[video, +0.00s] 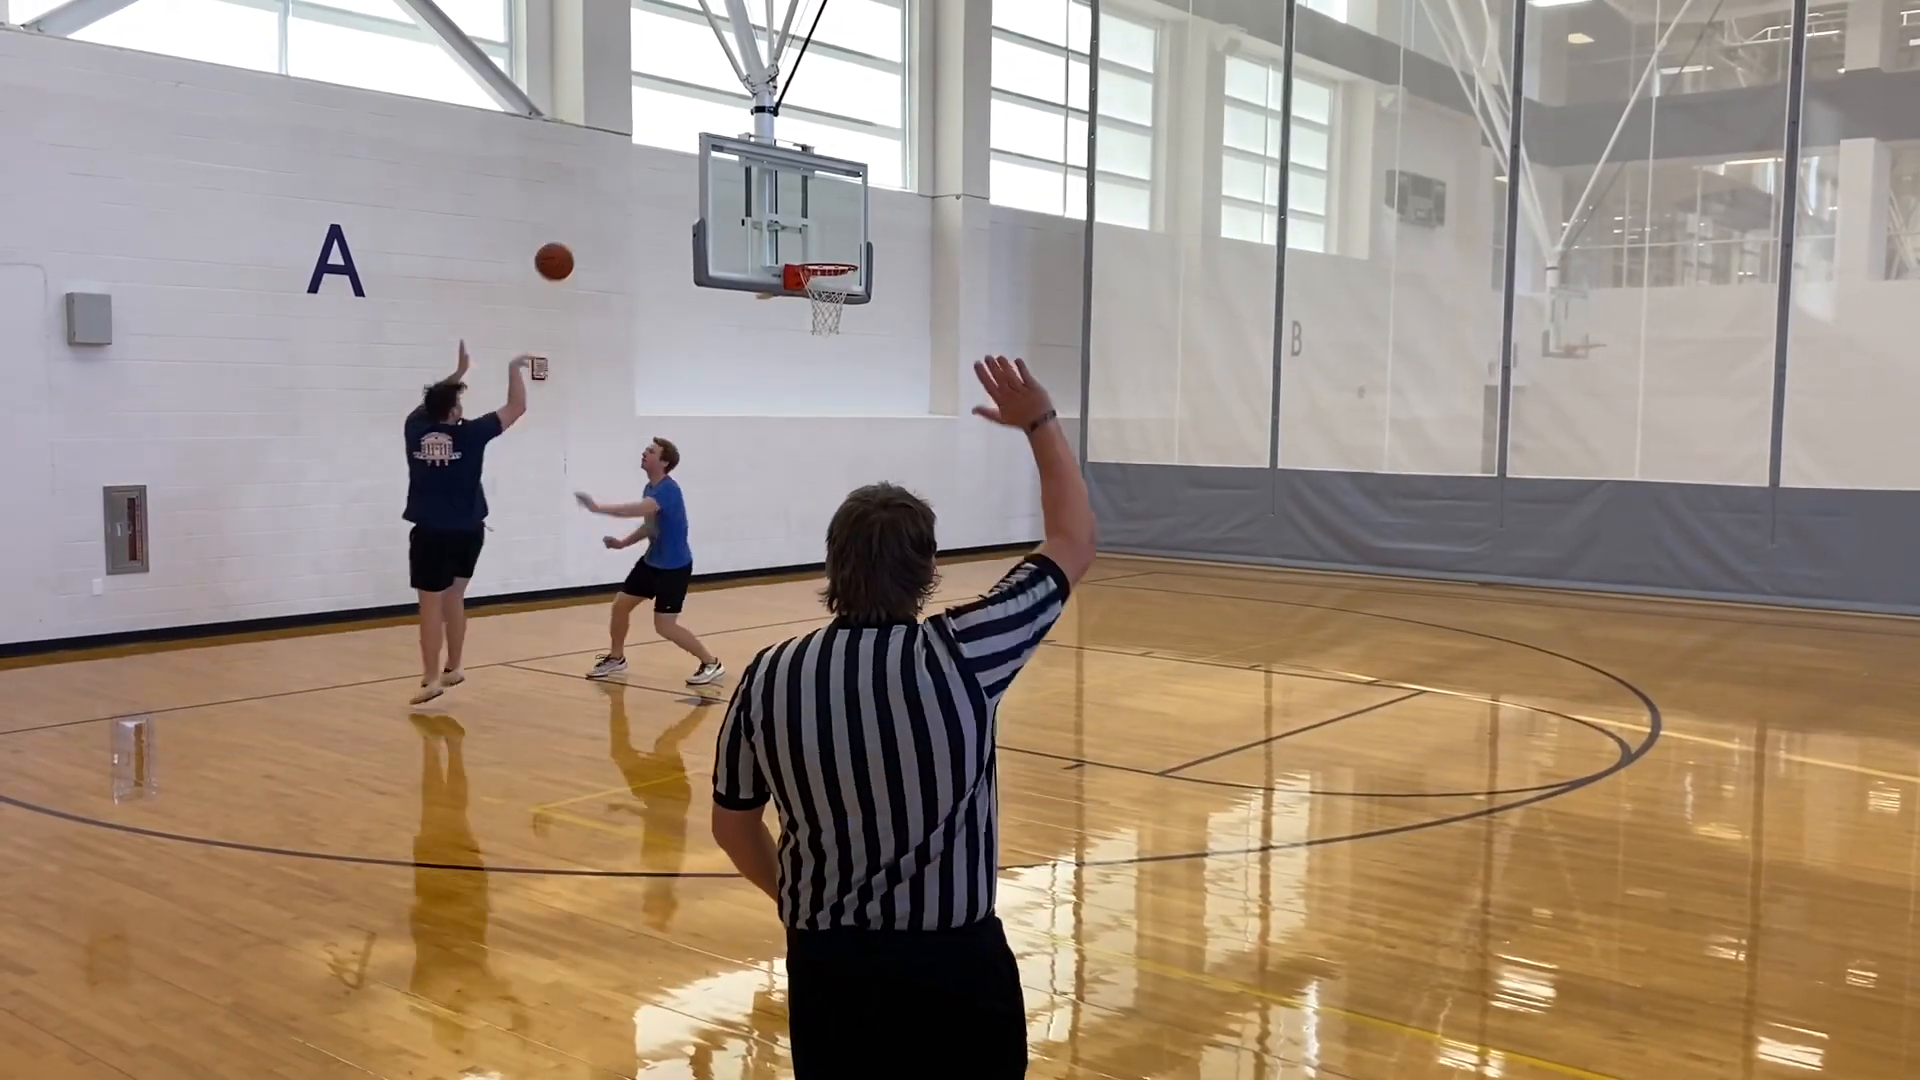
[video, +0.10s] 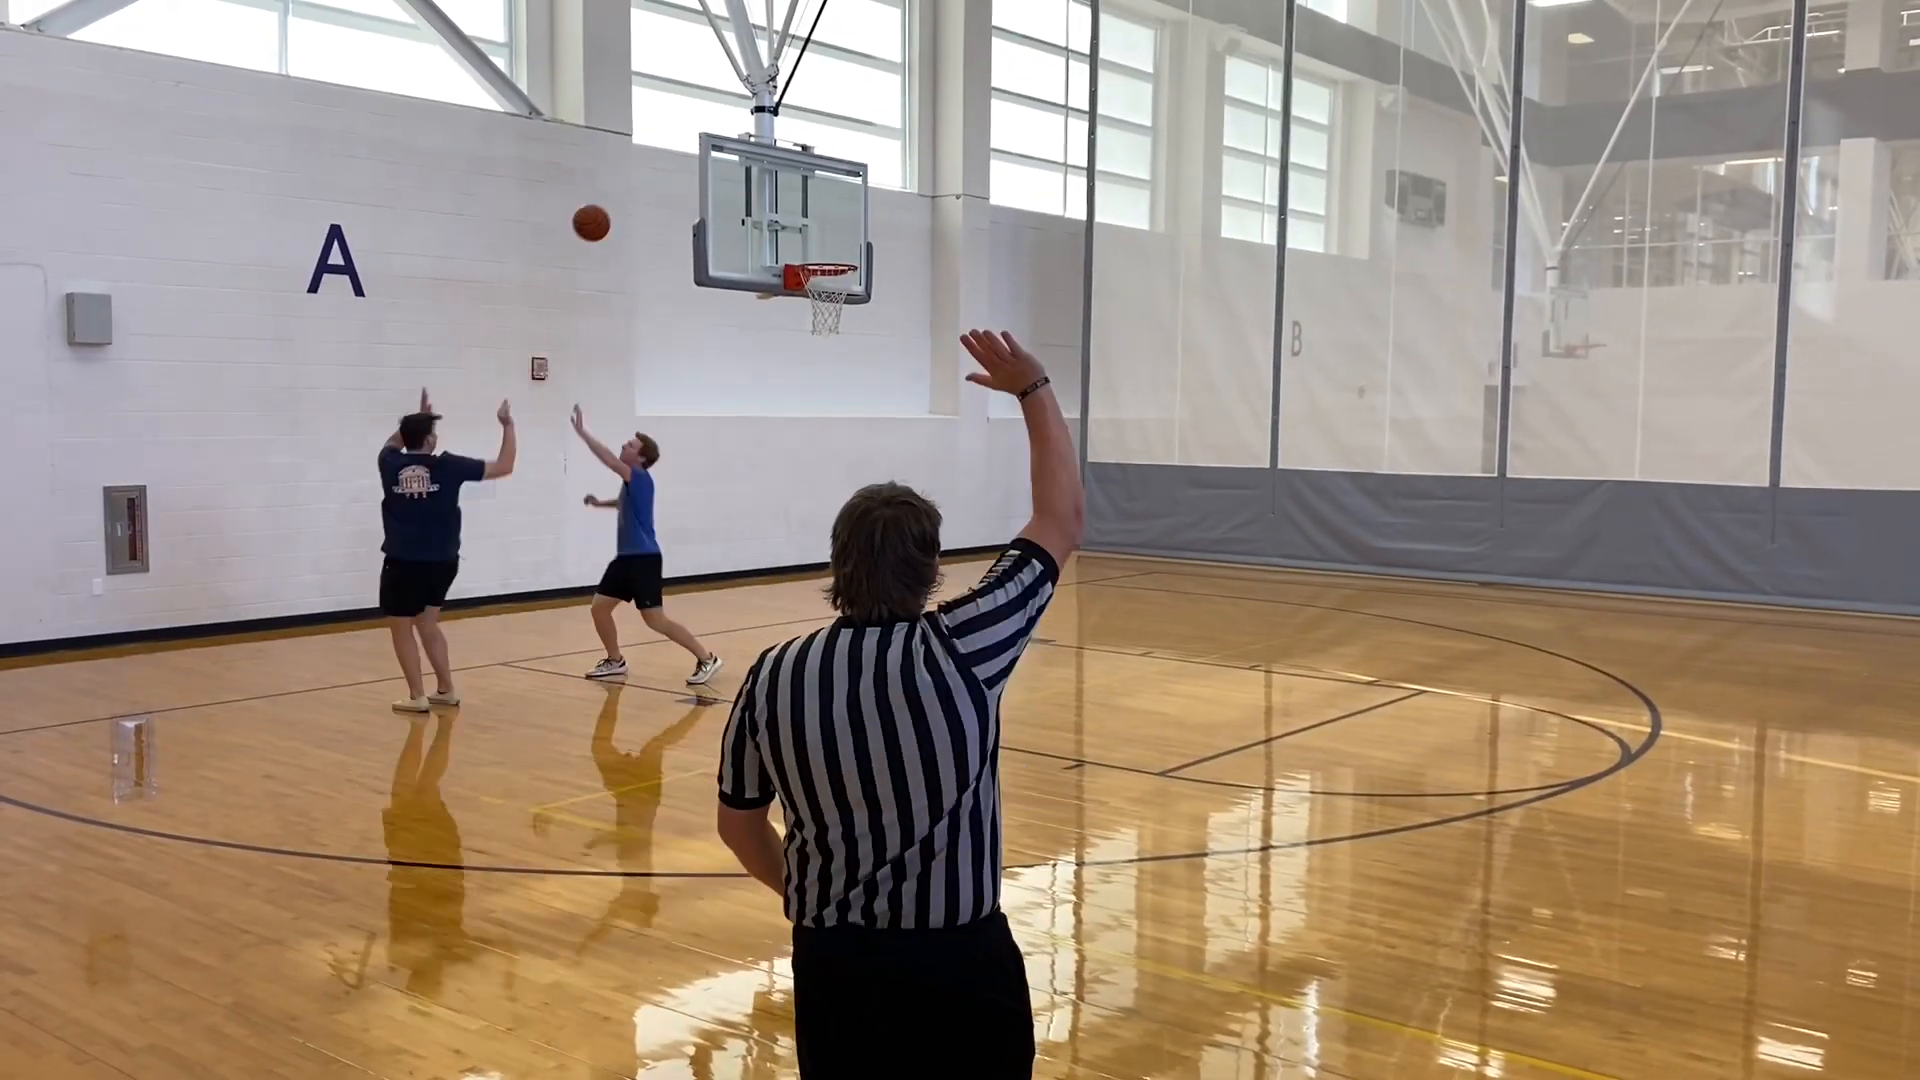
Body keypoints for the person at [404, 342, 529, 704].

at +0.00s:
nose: (463, 406)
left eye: (460, 403)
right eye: (461, 403)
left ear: (430, 408)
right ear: (456, 409)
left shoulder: (415, 429)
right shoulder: (473, 432)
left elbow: (432, 401)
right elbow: (516, 407)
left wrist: (457, 374)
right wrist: (515, 367)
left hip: (428, 532)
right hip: (468, 531)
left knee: (430, 606)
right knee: (454, 597)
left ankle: (431, 680)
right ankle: (453, 668)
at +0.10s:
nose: (437, 438)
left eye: (434, 434)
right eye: (435, 435)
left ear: (404, 439)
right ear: (430, 440)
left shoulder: (390, 464)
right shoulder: (449, 465)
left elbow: (394, 442)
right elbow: (504, 467)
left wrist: (418, 421)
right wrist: (509, 425)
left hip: (402, 560)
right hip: (442, 559)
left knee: (401, 627)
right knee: (428, 622)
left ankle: (417, 697)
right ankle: (446, 690)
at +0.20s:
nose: (414, 444)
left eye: (411, 439)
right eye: (411, 440)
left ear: (382, 448)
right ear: (406, 445)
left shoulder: (367, 479)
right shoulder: (429, 476)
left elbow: (348, 500)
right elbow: (463, 515)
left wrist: (372, 482)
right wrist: (493, 513)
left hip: (380, 570)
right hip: (419, 568)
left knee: (387, 636)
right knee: (393, 606)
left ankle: (415, 695)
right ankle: (419, 665)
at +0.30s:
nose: (394, 440)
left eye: (392, 435)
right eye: (392, 436)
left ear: (363, 443)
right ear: (384, 441)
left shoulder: (345, 476)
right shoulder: (407, 473)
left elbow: (327, 513)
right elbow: (426, 521)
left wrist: (356, 498)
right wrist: (445, 557)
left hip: (362, 564)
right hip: (401, 562)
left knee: (376, 632)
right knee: (365, 610)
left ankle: (415, 690)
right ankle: (361, 672)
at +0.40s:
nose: (376, 437)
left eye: (375, 432)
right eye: (374, 433)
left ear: (345, 439)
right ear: (366, 438)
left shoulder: (323, 469)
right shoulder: (385, 472)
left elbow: (306, 513)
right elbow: (396, 522)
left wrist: (336, 507)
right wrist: (408, 560)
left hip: (338, 561)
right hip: (375, 560)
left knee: (362, 631)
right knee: (343, 619)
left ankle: (406, 680)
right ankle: (326, 681)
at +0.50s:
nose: (357, 439)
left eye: (355, 434)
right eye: (354, 435)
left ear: (325, 440)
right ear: (346, 439)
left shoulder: (302, 470)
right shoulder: (365, 473)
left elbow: (285, 517)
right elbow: (380, 522)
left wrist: (307, 534)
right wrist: (389, 562)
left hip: (316, 559)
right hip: (353, 559)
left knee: (321, 628)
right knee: (326, 620)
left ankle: (375, 667)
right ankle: (323, 683)